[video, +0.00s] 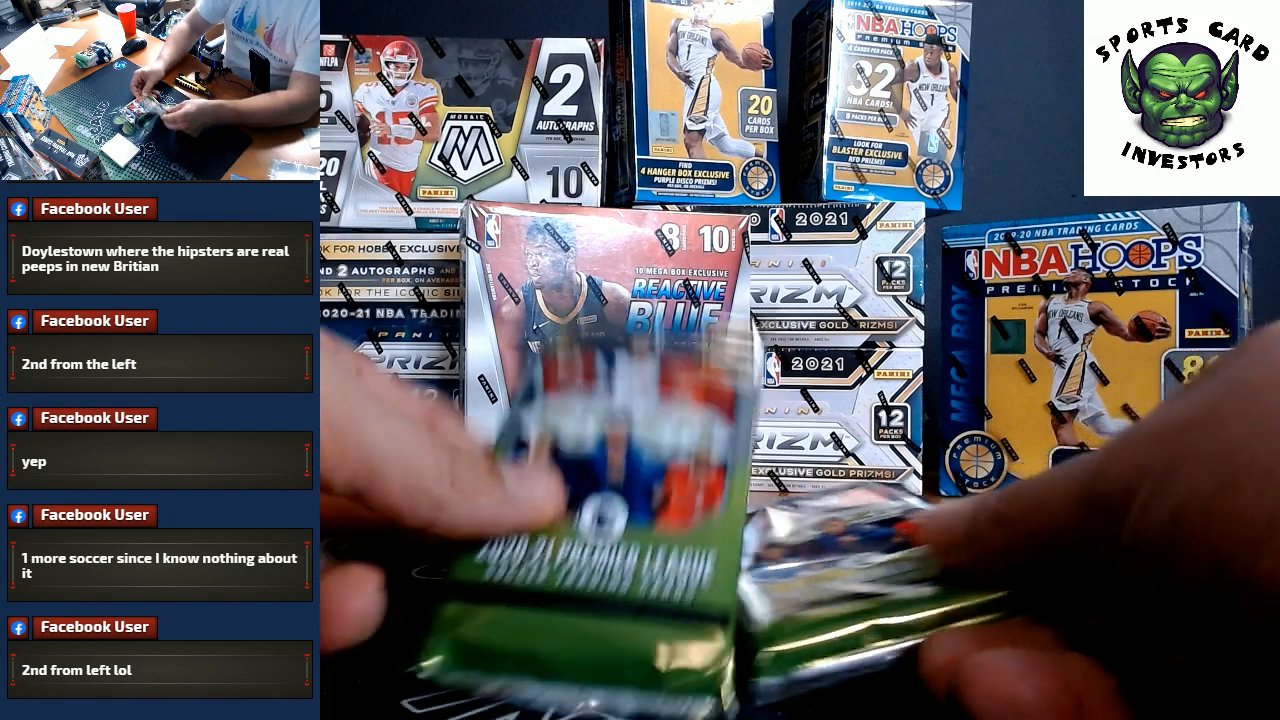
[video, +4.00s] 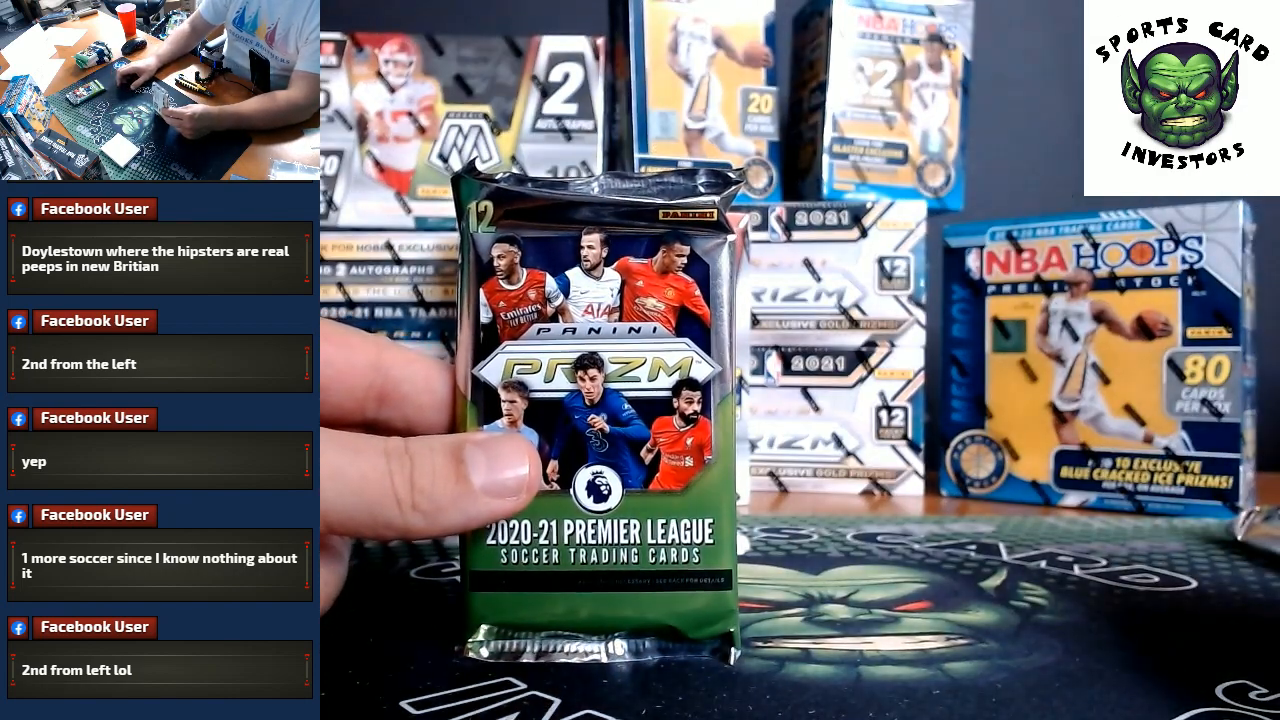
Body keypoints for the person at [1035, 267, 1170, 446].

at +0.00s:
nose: (1068, 273)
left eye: (1074, 271)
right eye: (1069, 271)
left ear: (1086, 281)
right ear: (1067, 279)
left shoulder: (1095, 308)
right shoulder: (1049, 304)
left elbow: (1126, 333)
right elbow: (1038, 335)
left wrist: (1157, 330)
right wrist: (1046, 351)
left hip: (1079, 364)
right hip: (1063, 367)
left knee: (1060, 422)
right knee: (1102, 425)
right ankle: (1148, 434)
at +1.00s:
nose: (1069, 273)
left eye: (1075, 272)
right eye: (1070, 271)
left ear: (1086, 282)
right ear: (1067, 282)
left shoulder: (1094, 308)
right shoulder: (1050, 304)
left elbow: (1125, 332)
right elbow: (1038, 335)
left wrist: (1158, 331)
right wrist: (1046, 351)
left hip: (1079, 364)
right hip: (1063, 366)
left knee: (1060, 421)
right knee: (1102, 425)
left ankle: (1079, 480)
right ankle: (1166, 443)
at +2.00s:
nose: (1072, 288)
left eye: (1077, 284)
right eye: (1071, 283)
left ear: (1087, 286)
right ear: (1067, 284)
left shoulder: (1095, 308)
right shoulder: (1053, 304)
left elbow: (1125, 331)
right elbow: (1039, 335)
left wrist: (1155, 330)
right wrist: (1047, 350)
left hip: (1081, 365)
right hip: (1063, 366)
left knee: (1062, 417)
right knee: (1103, 424)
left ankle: (1077, 473)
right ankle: (1165, 442)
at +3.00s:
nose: (1072, 288)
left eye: (1077, 284)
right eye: (1070, 283)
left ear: (1087, 286)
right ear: (1067, 283)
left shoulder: (1095, 308)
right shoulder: (1053, 303)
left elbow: (1126, 331)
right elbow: (1039, 335)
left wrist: (1156, 330)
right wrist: (1047, 350)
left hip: (1081, 365)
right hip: (1063, 366)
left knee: (1062, 418)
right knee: (1103, 424)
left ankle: (1077, 473)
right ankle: (1165, 442)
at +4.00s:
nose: (1072, 287)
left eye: (1077, 284)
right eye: (1071, 283)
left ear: (1087, 285)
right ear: (1067, 283)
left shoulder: (1095, 308)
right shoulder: (1053, 304)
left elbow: (1126, 331)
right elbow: (1039, 334)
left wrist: (1156, 330)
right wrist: (1047, 350)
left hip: (1081, 365)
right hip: (1064, 367)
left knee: (1062, 418)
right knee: (1103, 424)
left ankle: (1078, 473)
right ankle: (1165, 442)